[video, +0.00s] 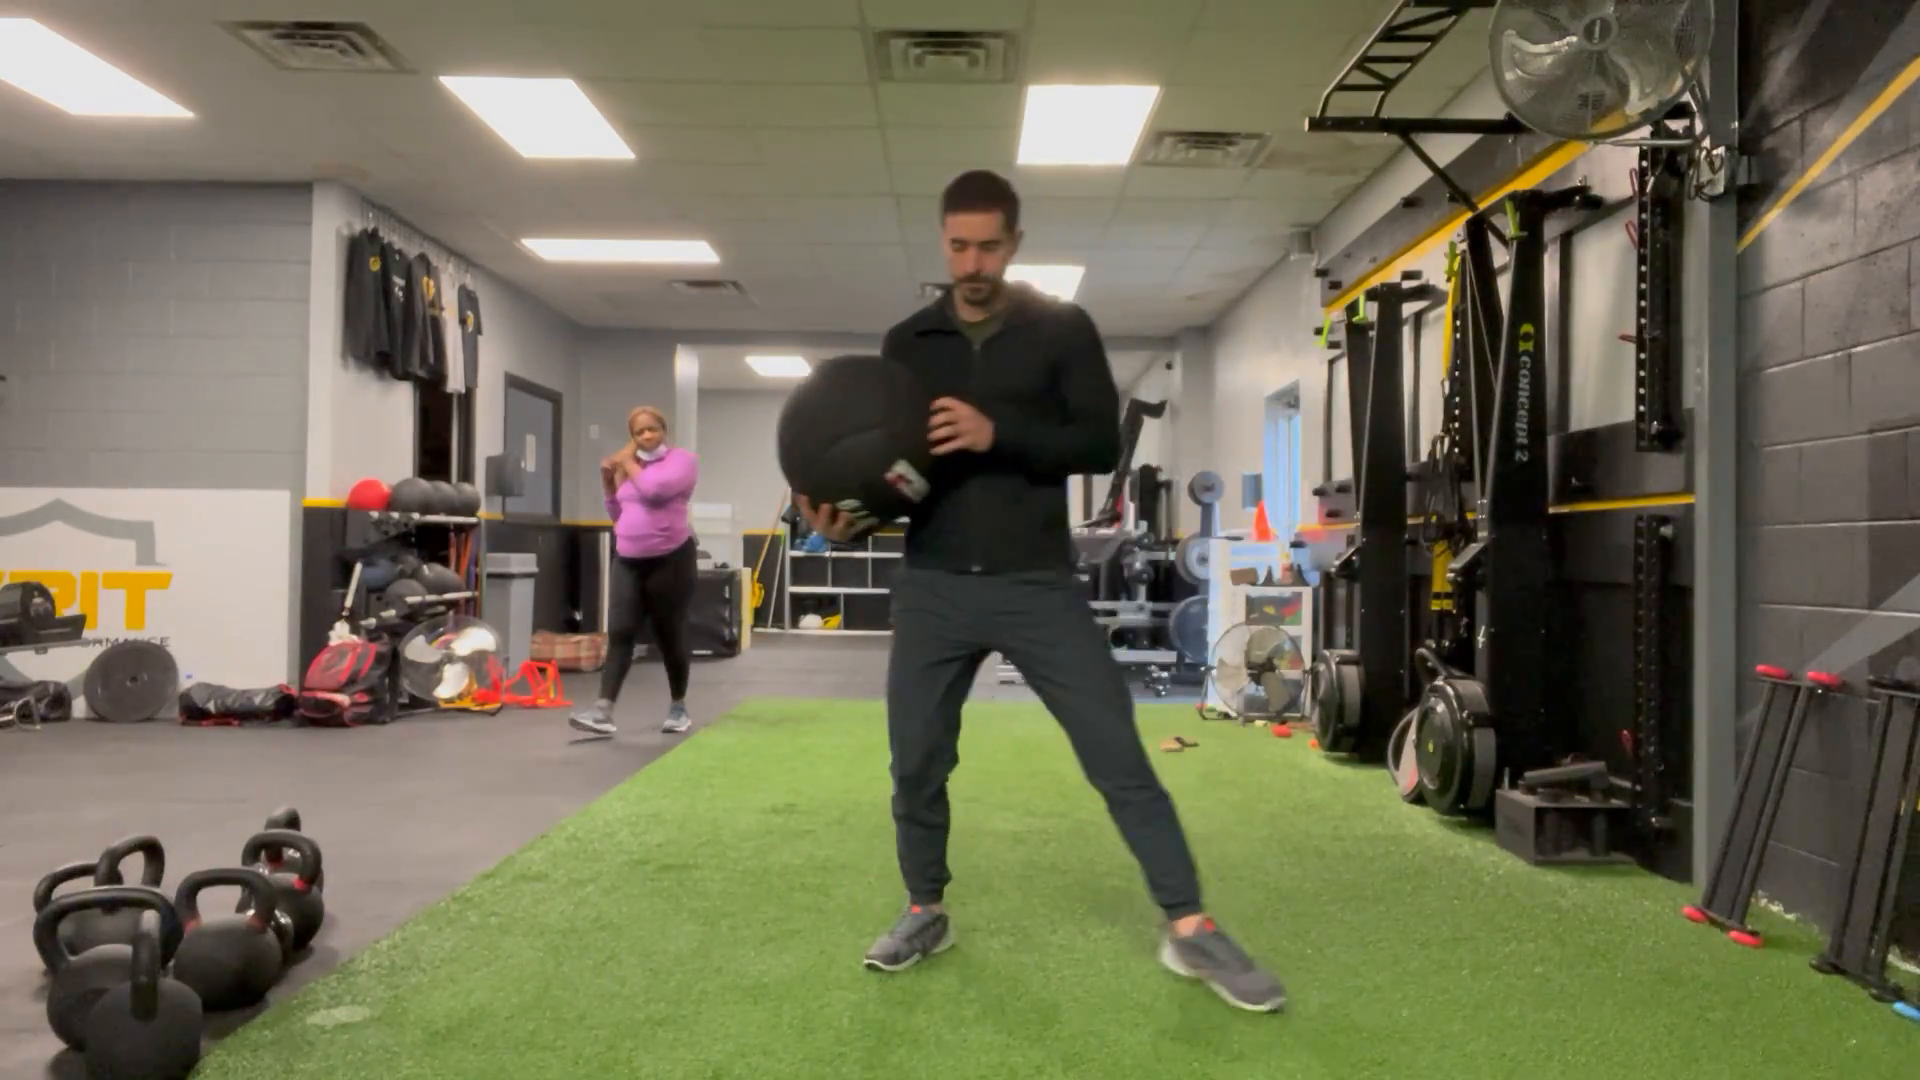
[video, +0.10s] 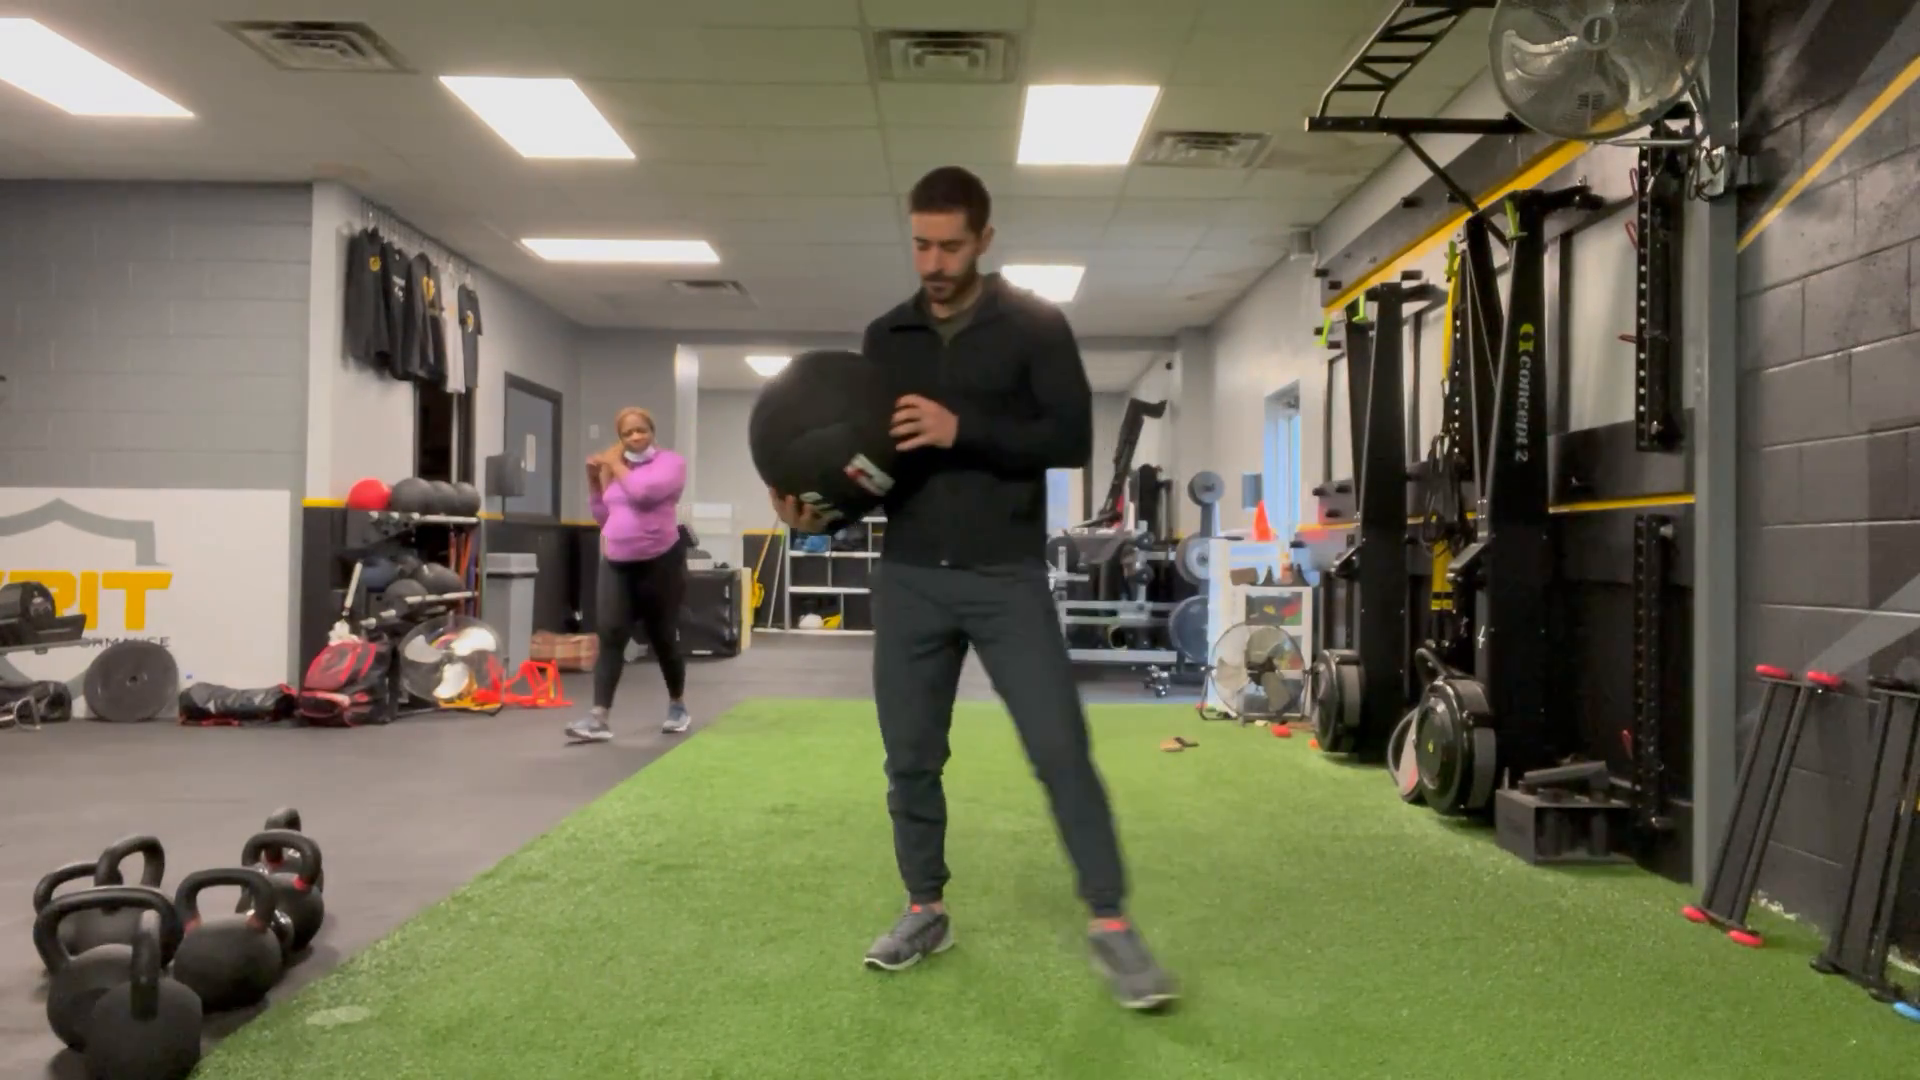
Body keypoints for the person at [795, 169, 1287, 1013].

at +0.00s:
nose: (973, 262)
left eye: (989, 247)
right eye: (960, 246)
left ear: (1015, 246)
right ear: (942, 245)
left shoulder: (1063, 330)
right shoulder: (908, 343)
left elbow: (1102, 446)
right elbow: (880, 459)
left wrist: (996, 433)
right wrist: (835, 506)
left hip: (1039, 588)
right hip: (932, 589)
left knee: (1120, 760)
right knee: (915, 764)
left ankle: (1188, 924)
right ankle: (924, 911)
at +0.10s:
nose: (933, 262)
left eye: (950, 245)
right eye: (922, 244)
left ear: (984, 239)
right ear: (909, 241)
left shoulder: (1038, 327)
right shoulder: (889, 336)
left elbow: (1071, 440)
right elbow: (869, 460)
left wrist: (961, 430)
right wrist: (815, 504)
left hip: (1008, 579)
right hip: (910, 578)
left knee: (1061, 748)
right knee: (909, 757)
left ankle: (1110, 921)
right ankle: (923, 909)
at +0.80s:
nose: (756, 252)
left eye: (772, 236)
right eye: (747, 235)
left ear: (821, 216)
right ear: (740, 219)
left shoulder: (877, 304)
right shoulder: (738, 300)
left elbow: (937, 425)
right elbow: (714, 422)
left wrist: (837, 443)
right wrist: (635, 444)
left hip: (822, 567)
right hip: (738, 561)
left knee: (771, 749)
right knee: (741, 754)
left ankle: (756, 951)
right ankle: (867, 865)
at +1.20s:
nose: (664, 250)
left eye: (682, 233)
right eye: (652, 230)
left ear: (727, 211)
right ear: (641, 211)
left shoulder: (781, 298)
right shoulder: (629, 289)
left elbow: (859, 417)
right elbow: (595, 418)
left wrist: (763, 437)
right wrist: (539, 449)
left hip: (719, 578)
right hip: (615, 561)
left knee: (716, 760)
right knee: (540, 734)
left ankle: (751, 950)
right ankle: (461, 897)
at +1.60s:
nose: (512, 268)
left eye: (531, 251)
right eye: (499, 247)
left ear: (567, 233)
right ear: (481, 224)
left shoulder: (615, 317)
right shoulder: (433, 305)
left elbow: (663, 444)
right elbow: (392, 425)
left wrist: (595, 453)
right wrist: (344, 489)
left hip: (575, 587)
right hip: (453, 588)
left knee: (628, 761)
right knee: (409, 773)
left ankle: (705, 935)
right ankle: (390, 933)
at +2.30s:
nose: (472, 275)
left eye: (489, 256)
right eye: (455, 255)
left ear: (518, 239)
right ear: (429, 237)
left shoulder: (567, 328)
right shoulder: (379, 319)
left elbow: (607, 460)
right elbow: (354, 435)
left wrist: (519, 506)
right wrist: (320, 506)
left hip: (545, 586)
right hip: (426, 590)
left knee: (583, 753)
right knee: (401, 772)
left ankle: (625, 921)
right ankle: (387, 933)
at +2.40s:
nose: (485, 279)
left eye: (502, 260)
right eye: (469, 259)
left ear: (530, 242)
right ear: (440, 239)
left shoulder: (577, 332)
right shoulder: (389, 320)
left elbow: (612, 464)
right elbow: (357, 427)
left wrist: (521, 512)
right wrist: (317, 499)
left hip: (553, 587)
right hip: (435, 593)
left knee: (589, 750)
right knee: (408, 770)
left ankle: (626, 924)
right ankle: (388, 933)